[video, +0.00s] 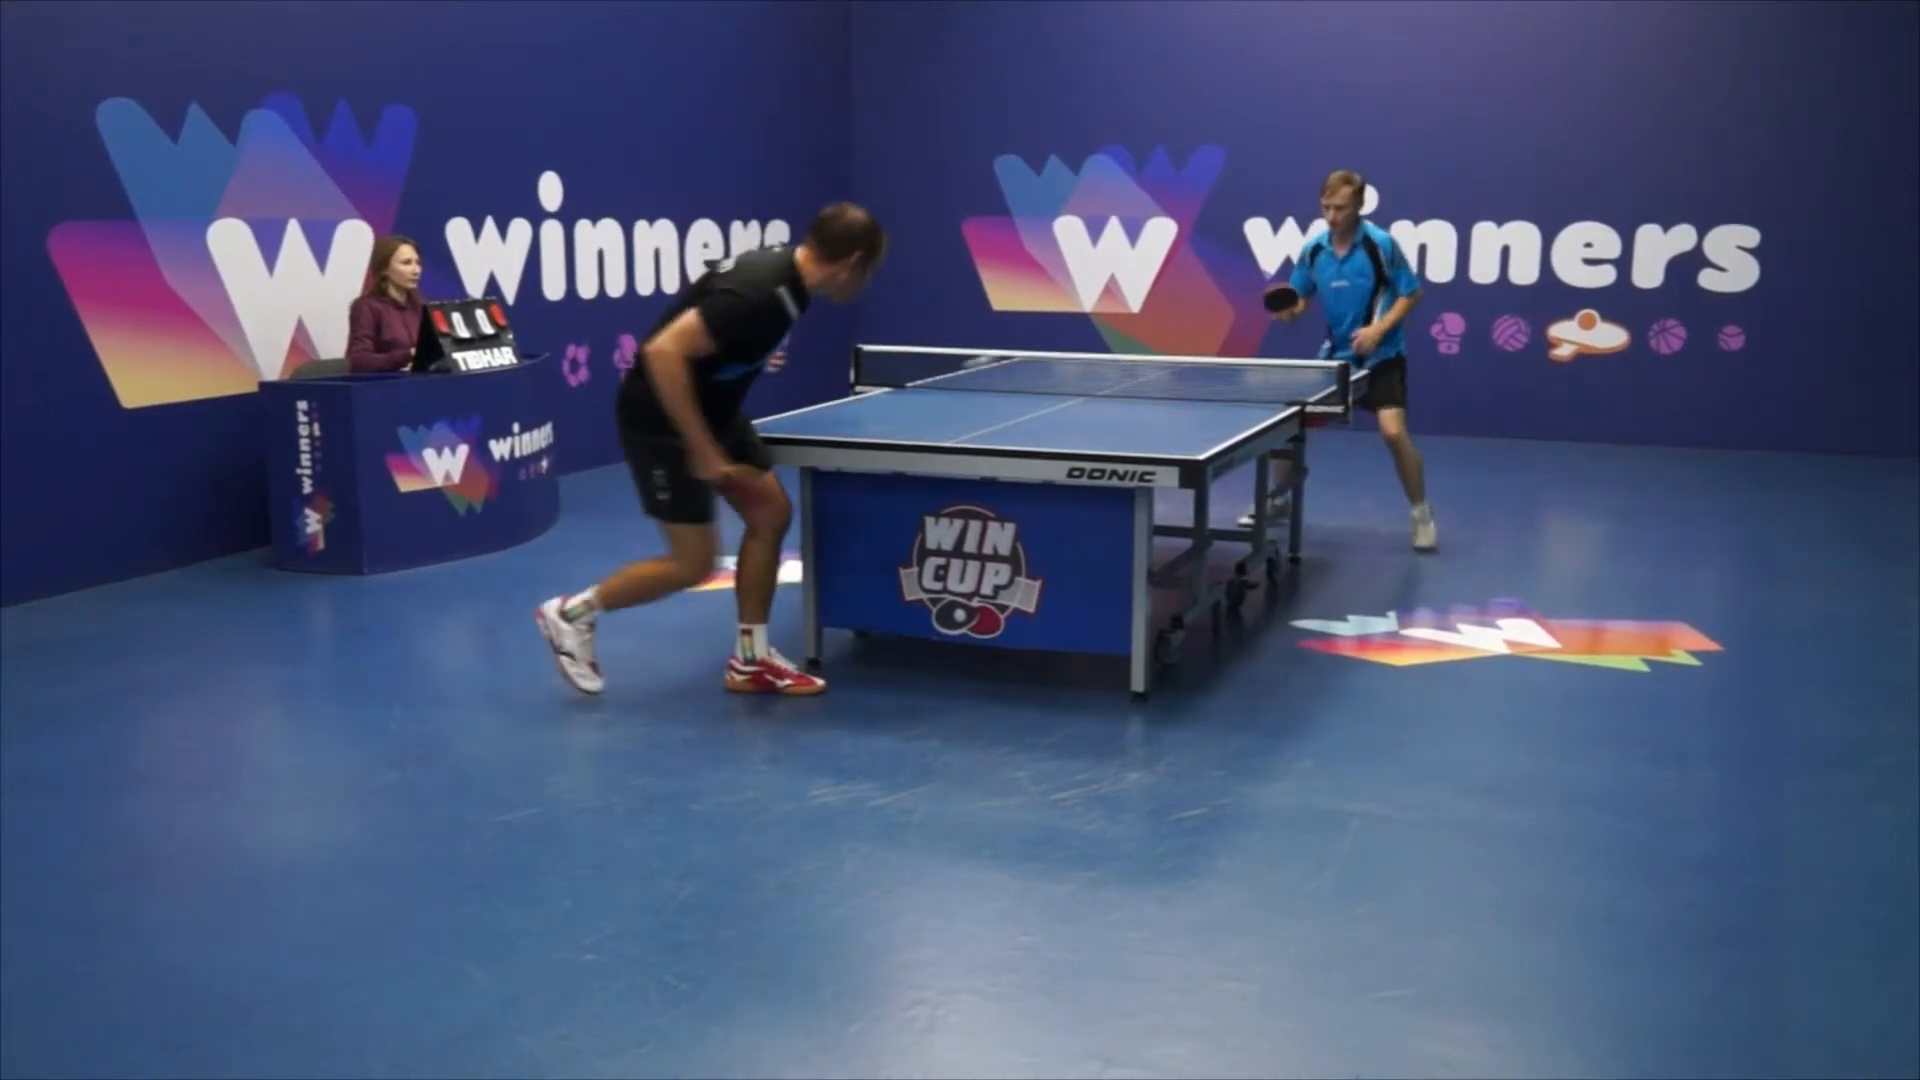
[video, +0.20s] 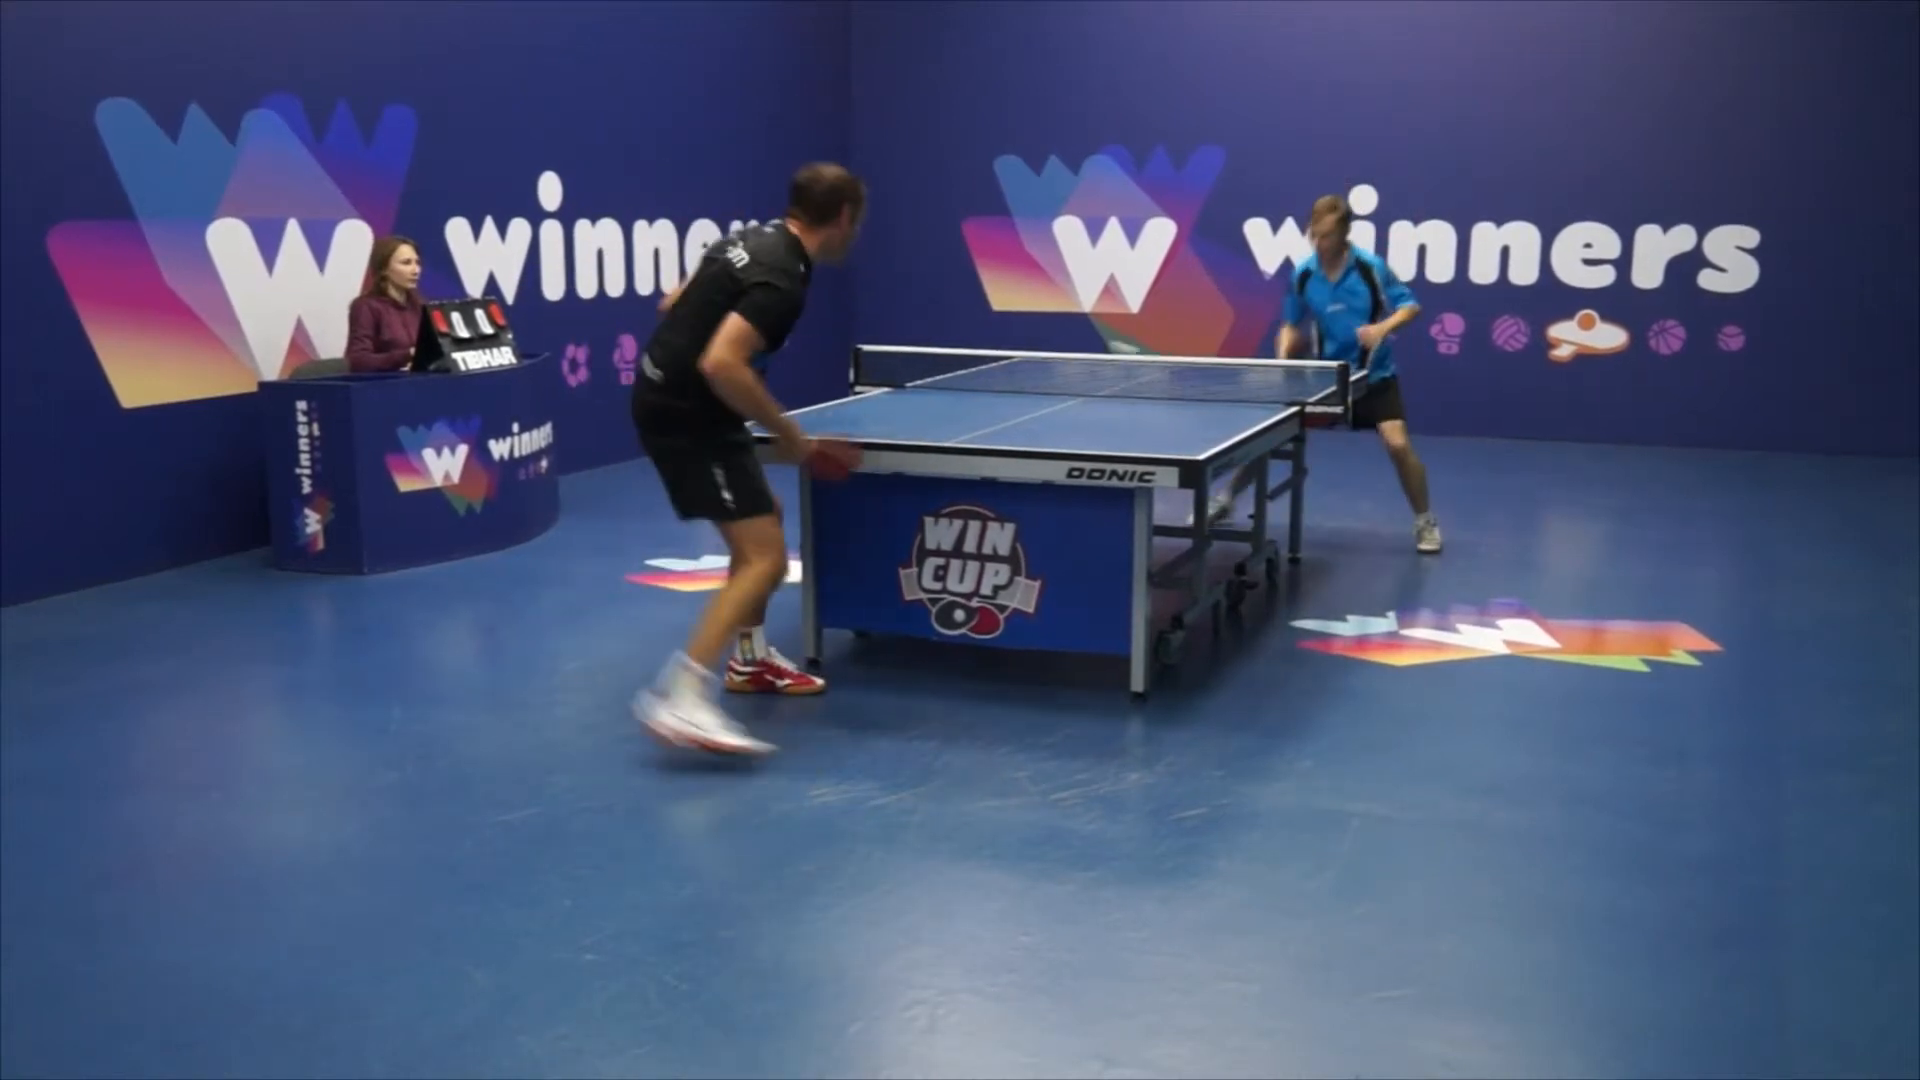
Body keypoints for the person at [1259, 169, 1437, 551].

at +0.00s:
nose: (1332, 216)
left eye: (1340, 209)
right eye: (1327, 208)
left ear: (1359, 209)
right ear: (1322, 207)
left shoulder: (1381, 244)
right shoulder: (1314, 249)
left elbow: (1411, 292)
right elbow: (1301, 298)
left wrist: (1379, 329)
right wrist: (1289, 310)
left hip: (1382, 352)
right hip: (1334, 353)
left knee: (1393, 432)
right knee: (1287, 414)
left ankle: (1421, 513)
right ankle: (1278, 499)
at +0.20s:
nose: (1319, 243)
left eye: (1326, 236)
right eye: (1316, 235)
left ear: (1345, 234)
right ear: (1311, 233)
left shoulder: (1371, 267)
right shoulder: (1304, 275)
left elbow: (1409, 306)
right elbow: (1290, 325)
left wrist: (1381, 328)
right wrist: (1282, 364)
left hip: (1373, 375)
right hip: (1323, 375)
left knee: (1397, 444)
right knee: (1268, 429)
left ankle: (1425, 521)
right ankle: (1226, 498)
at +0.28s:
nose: (1309, 260)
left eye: (1316, 253)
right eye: (1305, 253)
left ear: (1334, 250)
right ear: (1300, 250)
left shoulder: (1358, 278)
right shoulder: (1290, 285)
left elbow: (1405, 308)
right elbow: (1265, 330)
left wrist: (1377, 321)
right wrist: (1260, 370)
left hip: (1363, 380)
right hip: (1314, 381)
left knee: (1393, 444)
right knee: (1261, 437)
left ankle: (1420, 522)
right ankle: (1213, 502)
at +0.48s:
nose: (1309, 281)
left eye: (1316, 275)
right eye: (1304, 273)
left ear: (1331, 268)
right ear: (1297, 265)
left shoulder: (1346, 292)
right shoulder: (1282, 288)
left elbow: (1381, 324)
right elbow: (1223, 305)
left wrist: (1347, 314)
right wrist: (1237, 339)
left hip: (1343, 384)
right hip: (1294, 385)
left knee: (1378, 446)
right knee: (1251, 448)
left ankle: (1419, 523)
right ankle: (1202, 507)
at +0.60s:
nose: (1323, 248)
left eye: (1330, 241)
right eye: (1318, 239)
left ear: (1345, 238)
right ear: (1311, 235)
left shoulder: (1359, 267)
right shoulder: (1296, 268)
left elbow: (1400, 281)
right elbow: (1249, 296)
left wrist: (1361, 287)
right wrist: (1227, 291)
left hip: (1352, 375)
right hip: (1301, 375)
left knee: (1384, 440)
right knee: (1250, 434)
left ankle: (1420, 522)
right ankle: (1205, 503)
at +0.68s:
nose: (1330, 227)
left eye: (1337, 220)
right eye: (1326, 219)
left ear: (1354, 219)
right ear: (1320, 216)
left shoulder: (1372, 250)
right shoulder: (1307, 250)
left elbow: (1419, 268)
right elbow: (1262, 276)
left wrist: (1381, 284)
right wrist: (1234, 293)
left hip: (1362, 366)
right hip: (1311, 365)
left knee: (1389, 435)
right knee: (1263, 426)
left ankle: (1421, 519)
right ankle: (1228, 495)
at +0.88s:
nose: (1341, 227)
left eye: (1349, 220)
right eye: (1336, 219)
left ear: (1365, 221)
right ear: (1330, 218)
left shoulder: (1387, 261)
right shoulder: (1319, 261)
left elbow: (1427, 297)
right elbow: (1296, 306)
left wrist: (1404, 313)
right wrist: (1277, 314)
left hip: (1375, 372)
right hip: (1328, 371)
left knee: (1393, 441)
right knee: (1286, 420)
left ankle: (1431, 519)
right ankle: (1284, 491)